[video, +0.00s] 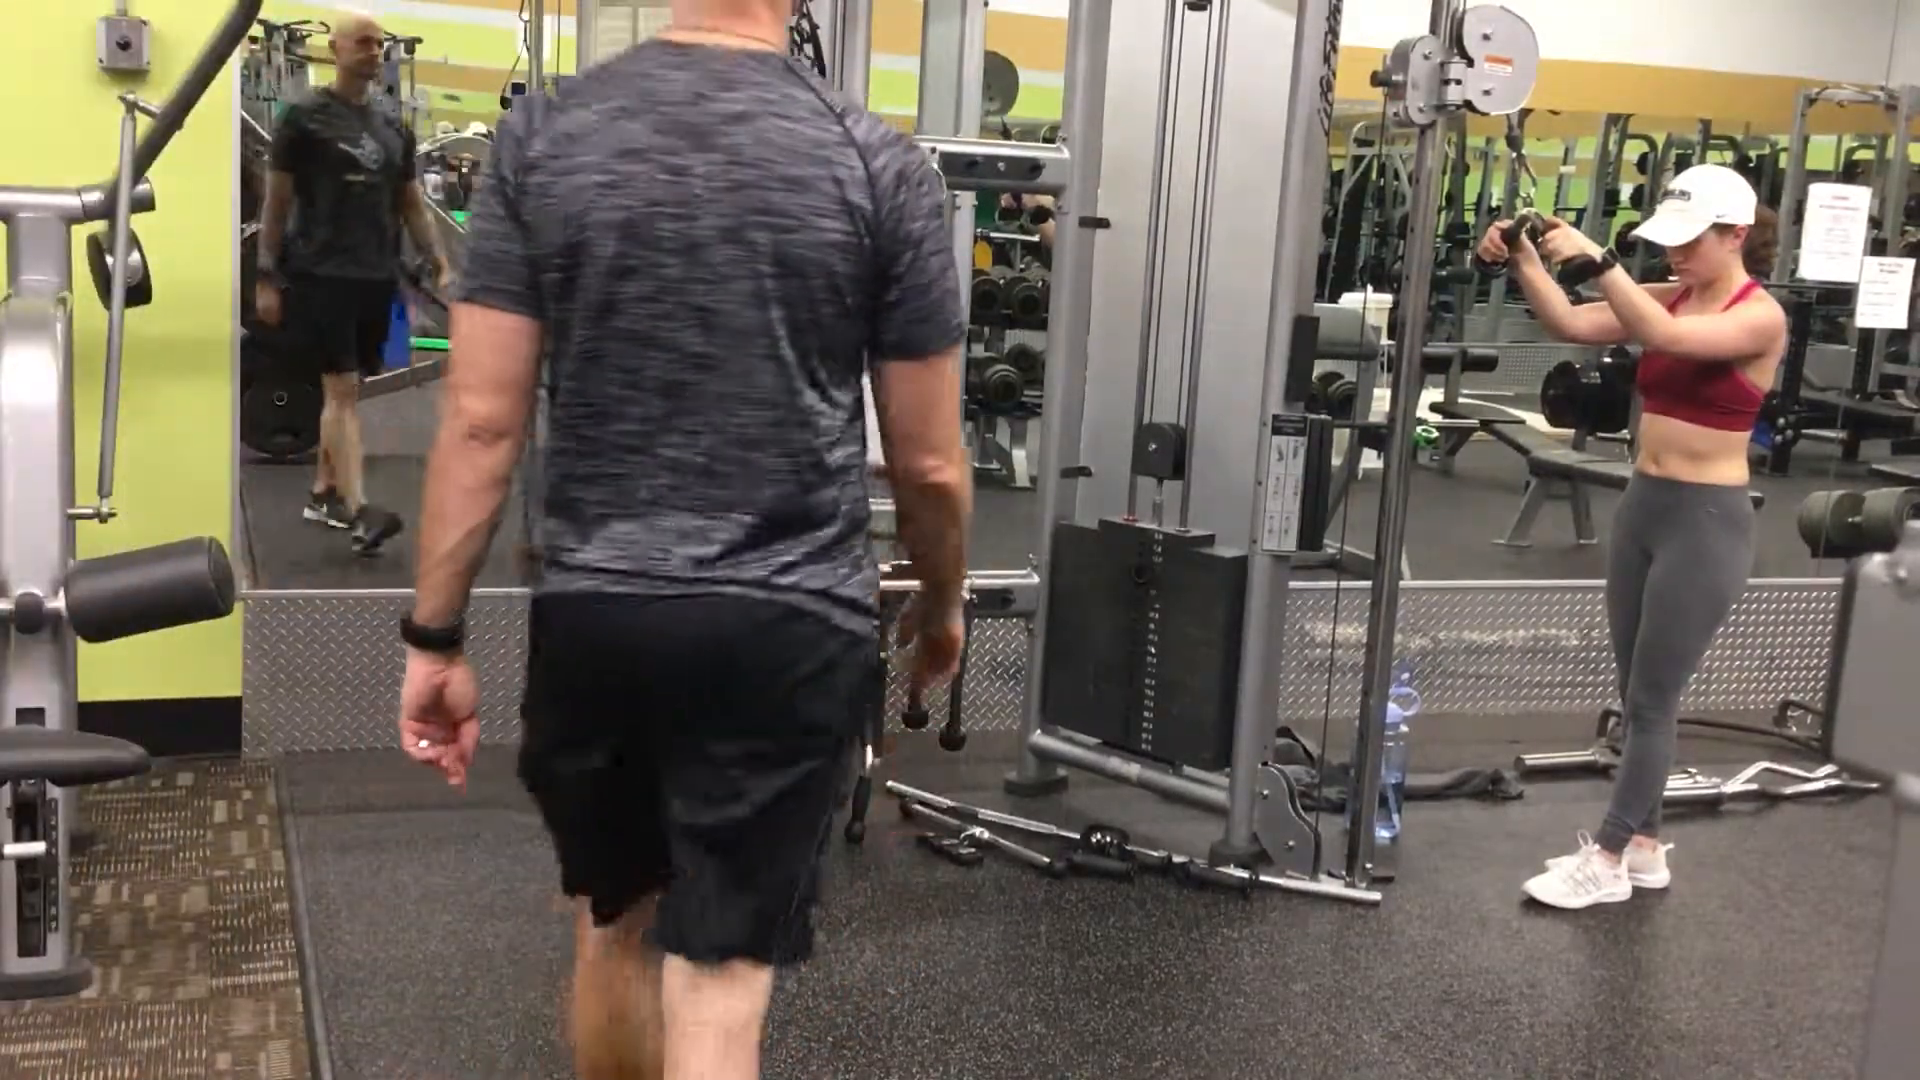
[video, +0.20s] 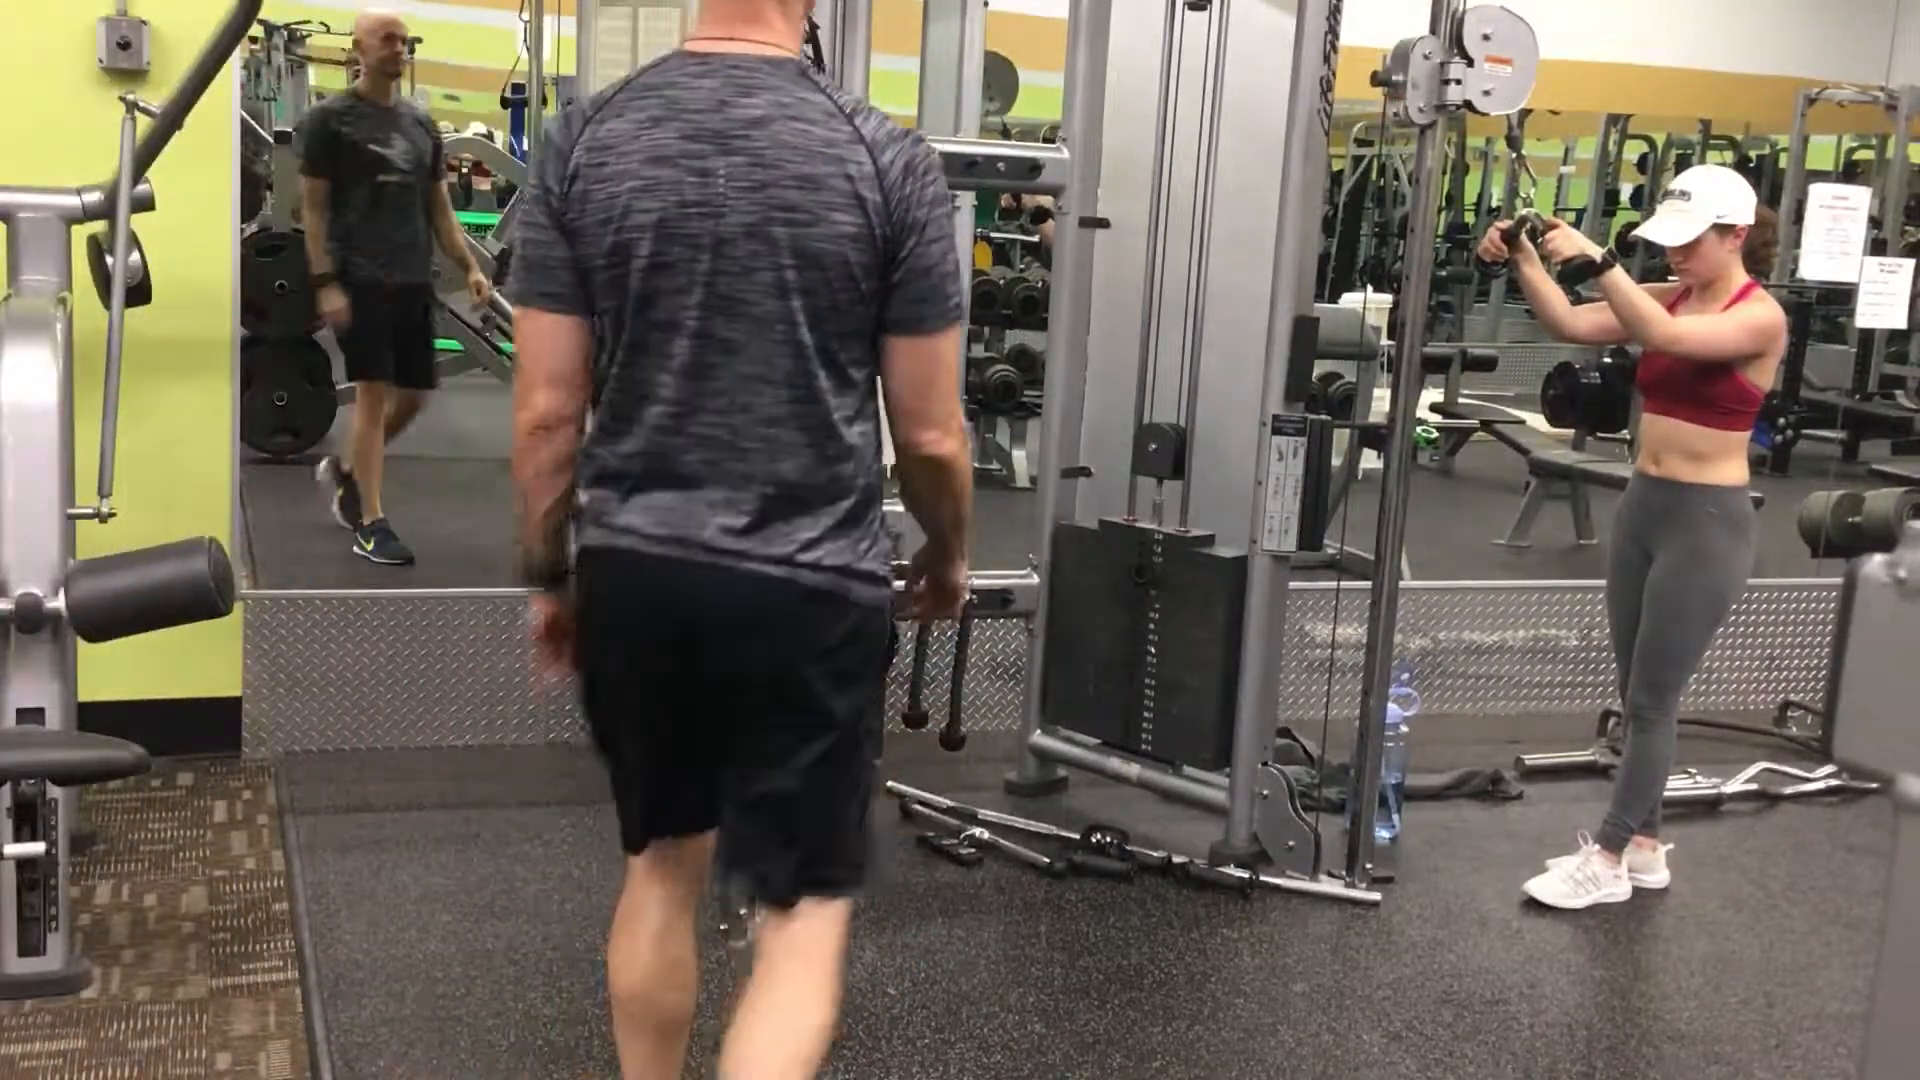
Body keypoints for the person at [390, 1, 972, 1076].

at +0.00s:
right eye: (797, 11)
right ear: (789, 5)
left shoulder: (545, 132)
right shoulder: (880, 162)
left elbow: (483, 419)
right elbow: (929, 466)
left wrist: (436, 636)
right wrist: (942, 609)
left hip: (592, 625)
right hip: (790, 630)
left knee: (611, 921)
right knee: (722, 978)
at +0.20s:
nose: (806, 18)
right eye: (811, 13)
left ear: (696, 4)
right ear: (803, 8)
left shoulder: (586, 136)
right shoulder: (887, 158)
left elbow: (548, 410)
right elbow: (930, 437)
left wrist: (549, 580)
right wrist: (947, 557)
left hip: (631, 567)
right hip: (814, 585)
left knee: (660, 859)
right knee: (806, 904)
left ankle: (649, 1075)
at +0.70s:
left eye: (855, 18)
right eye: (941, 18)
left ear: (842, 16)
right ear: (950, 20)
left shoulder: (758, 148)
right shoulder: (1017, 165)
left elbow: (770, 300)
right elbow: (1045, 385)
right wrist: (943, 365)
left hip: (790, 531)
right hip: (952, 546)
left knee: (750, 809)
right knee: (951, 802)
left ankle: (683, 1068)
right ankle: (952, 1057)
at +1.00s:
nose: (922, 25)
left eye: (915, 15)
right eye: (965, 16)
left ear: (913, 22)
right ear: (1012, 24)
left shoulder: (858, 139)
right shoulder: (1082, 152)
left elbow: (816, 250)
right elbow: (1053, 291)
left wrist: (815, 154)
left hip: (869, 498)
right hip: (1015, 506)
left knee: (834, 737)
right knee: (975, 782)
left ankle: (845, 1021)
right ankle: (953, 1057)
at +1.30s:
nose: (911, 11)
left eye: (918, 1)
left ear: (959, 18)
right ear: (1024, 24)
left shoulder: (896, 157)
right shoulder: (1094, 161)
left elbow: (819, 263)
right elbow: (973, 188)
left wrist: (797, 151)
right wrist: (875, 101)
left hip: (895, 493)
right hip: (1030, 496)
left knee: (877, 745)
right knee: (1003, 725)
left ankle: (881, 1011)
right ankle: (1002, 989)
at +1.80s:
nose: (1029, 21)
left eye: (1055, 6)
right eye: (1032, 3)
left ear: (1124, 20)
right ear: (1111, 28)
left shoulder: (1075, 150)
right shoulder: (1149, 148)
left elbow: (902, 235)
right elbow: (961, 201)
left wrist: (846, 119)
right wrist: (889, 98)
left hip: (1044, 497)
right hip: (1108, 489)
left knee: (971, 751)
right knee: (1079, 743)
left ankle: (895, 1007)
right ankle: (1111, 998)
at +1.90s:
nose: (1050, 21)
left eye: (1078, 7)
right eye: (1050, 3)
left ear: (1147, 19)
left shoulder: (1098, 146)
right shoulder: (1156, 141)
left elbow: (918, 231)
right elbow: (979, 201)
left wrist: (857, 121)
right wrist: (897, 98)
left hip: (1070, 491)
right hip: (1122, 483)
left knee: (995, 749)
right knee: (1089, 744)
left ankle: (933, 1022)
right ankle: (1113, 998)